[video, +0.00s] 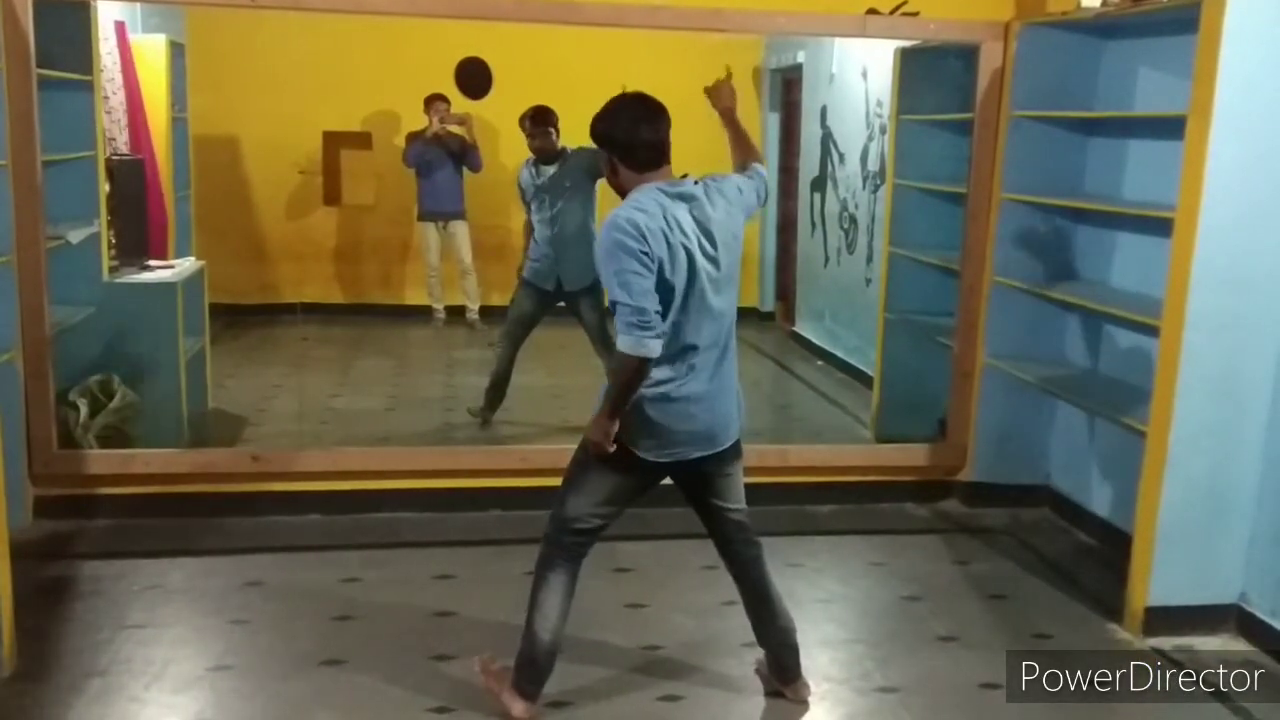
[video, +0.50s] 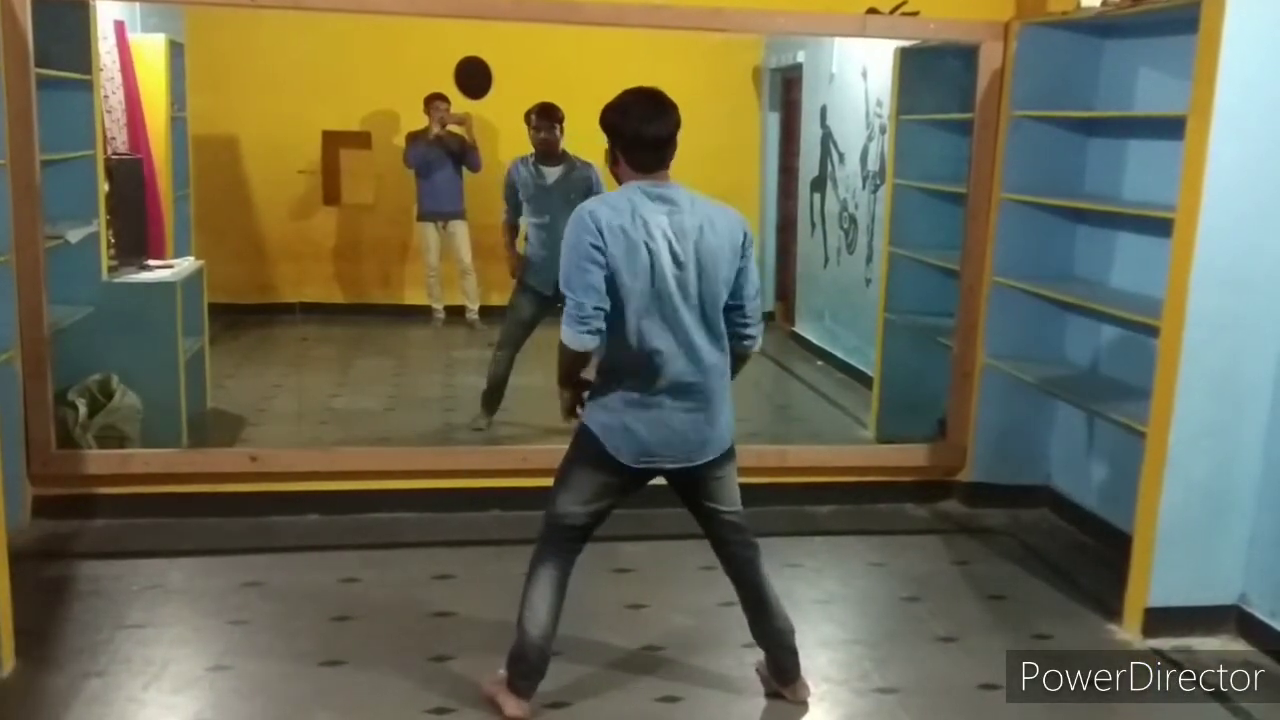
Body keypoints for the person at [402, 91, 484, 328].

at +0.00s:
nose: (440, 115)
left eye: (444, 111)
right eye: (435, 110)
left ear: (450, 113)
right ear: (427, 113)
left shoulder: (456, 140)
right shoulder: (416, 138)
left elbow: (476, 165)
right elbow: (410, 161)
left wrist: (470, 133)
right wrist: (429, 134)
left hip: (456, 213)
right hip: (428, 214)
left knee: (466, 264)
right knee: (433, 267)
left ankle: (473, 313)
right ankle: (438, 311)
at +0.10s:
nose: (440, 115)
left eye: (444, 111)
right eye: (435, 111)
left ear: (449, 113)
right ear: (427, 113)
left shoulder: (456, 140)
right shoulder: (416, 139)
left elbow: (475, 165)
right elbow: (409, 161)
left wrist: (469, 133)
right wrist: (429, 134)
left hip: (455, 213)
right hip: (428, 214)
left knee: (466, 265)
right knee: (432, 267)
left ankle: (472, 313)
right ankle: (437, 312)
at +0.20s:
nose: (440, 115)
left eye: (444, 111)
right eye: (435, 111)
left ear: (449, 114)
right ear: (427, 113)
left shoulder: (456, 140)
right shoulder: (416, 139)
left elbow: (475, 165)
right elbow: (409, 161)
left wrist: (469, 133)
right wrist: (429, 134)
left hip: (455, 213)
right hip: (427, 214)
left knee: (466, 265)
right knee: (432, 267)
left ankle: (472, 313)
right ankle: (437, 312)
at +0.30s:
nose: (440, 115)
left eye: (444, 111)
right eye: (436, 111)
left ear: (449, 113)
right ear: (427, 113)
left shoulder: (456, 140)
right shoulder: (416, 138)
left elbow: (475, 165)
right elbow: (409, 161)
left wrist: (469, 133)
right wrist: (429, 134)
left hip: (455, 213)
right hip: (428, 214)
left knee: (466, 265)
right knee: (432, 267)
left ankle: (472, 313)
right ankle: (437, 312)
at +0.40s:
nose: (440, 115)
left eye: (444, 110)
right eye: (436, 110)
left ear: (449, 113)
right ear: (427, 112)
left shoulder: (456, 140)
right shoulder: (416, 138)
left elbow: (475, 165)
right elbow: (410, 161)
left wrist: (469, 133)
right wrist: (431, 136)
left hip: (455, 213)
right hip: (428, 214)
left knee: (466, 265)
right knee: (432, 266)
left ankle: (472, 313)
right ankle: (437, 312)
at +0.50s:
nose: (441, 114)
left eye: (445, 109)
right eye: (436, 109)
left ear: (450, 113)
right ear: (427, 112)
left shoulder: (456, 140)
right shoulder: (416, 138)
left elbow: (475, 165)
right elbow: (411, 161)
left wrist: (469, 133)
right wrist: (431, 136)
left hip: (455, 212)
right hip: (428, 214)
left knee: (466, 264)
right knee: (432, 266)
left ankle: (472, 313)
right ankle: (437, 312)